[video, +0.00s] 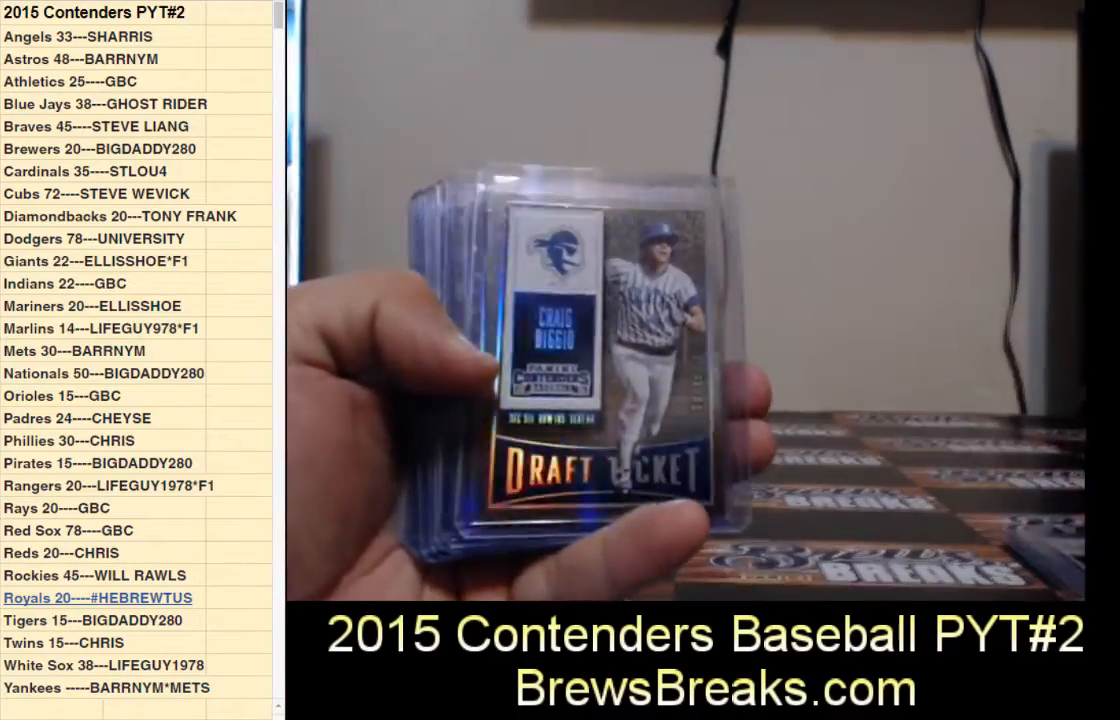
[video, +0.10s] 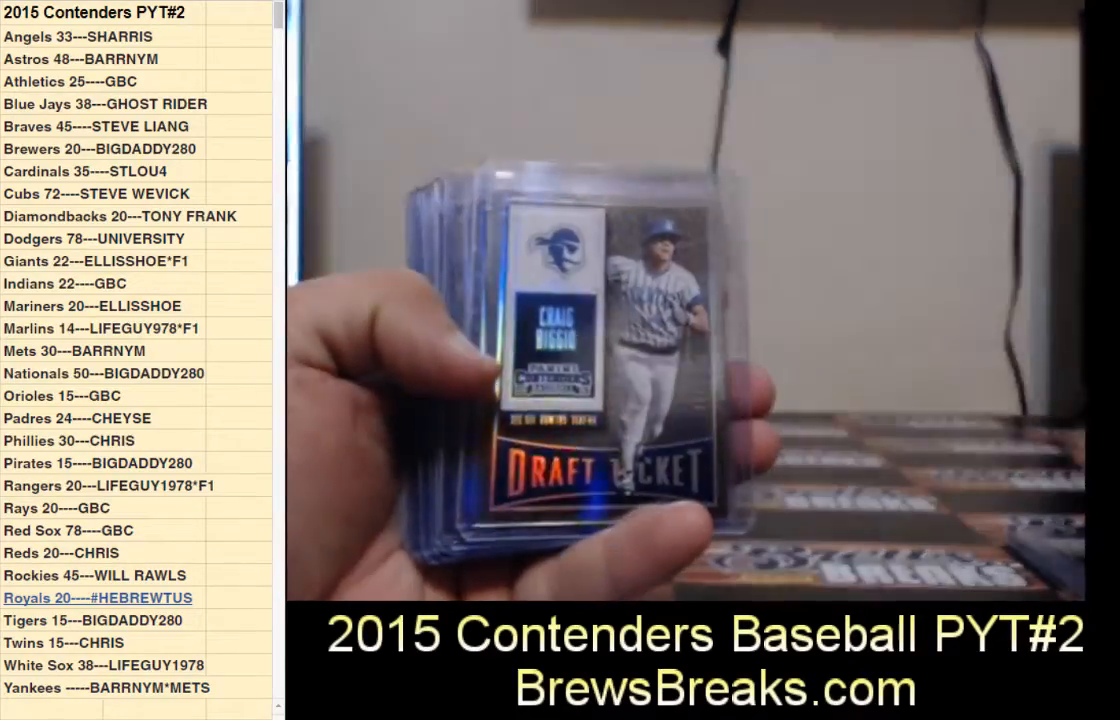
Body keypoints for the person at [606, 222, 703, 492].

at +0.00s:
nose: (664, 248)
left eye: (668, 244)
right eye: (658, 244)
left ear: (672, 249)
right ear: (645, 247)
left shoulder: (680, 280)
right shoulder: (624, 272)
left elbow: (700, 324)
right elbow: (587, 268)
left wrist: (688, 319)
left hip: (664, 358)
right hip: (629, 352)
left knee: (655, 421)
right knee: (638, 395)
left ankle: (638, 454)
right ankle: (624, 465)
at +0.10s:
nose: (666, 246)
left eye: (670, 241)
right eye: (660, 241)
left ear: (675, 246)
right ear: (647, 245)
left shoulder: (683, 279)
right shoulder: (627, 270)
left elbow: (703, 324)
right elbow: (590, 266)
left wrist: (688, 317)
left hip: (667, 358)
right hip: (632, 354)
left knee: (659, 415)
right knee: (638, 402)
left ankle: (644, 462)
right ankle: (627, 470)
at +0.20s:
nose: (669, 244)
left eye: (674, 239)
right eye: (664, 239)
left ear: (679, 244)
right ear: (652, 243)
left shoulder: (687, 277)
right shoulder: (630, 268)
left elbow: (708, 323)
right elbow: (592, 267)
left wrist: (693, 317)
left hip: (670, 359)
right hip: (635, 353)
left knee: (661, 421)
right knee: (643, 397)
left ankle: (647, 468)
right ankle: (630, 471)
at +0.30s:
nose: (677, 245)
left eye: (681, 240)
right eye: (671, 240)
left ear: (686, 245)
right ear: (658, 243)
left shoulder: (694, 278)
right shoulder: (635, 268)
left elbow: (714, 324)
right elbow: (597, 268)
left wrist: (699, 317)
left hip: (676, 360)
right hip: (641, 354)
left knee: (667, 422)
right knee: (647, 401)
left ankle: (651, 466)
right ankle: (636, 472)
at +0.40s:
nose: (686, 247)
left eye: (690, 242)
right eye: (680, 242)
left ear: (695, 247)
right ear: (667, 245)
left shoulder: (700, 279)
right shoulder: (645, 270)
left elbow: (719, 318)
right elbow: (606, 267)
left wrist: (715, 321)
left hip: (683, 360)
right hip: (648, 354)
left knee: (674, 420)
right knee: (652, 405)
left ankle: (659, 469)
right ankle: (640, 473)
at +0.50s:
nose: (700, 249)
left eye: (704, 243)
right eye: (693, 243)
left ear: (709, 249)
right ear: (679, 245)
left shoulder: (715, 281)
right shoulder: (655, 269)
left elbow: (729, 320)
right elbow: (614, 267)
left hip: (693, 363)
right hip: (657, 355)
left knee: (681, 425)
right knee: (663, 400)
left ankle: (662, 470)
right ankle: (647, 474)